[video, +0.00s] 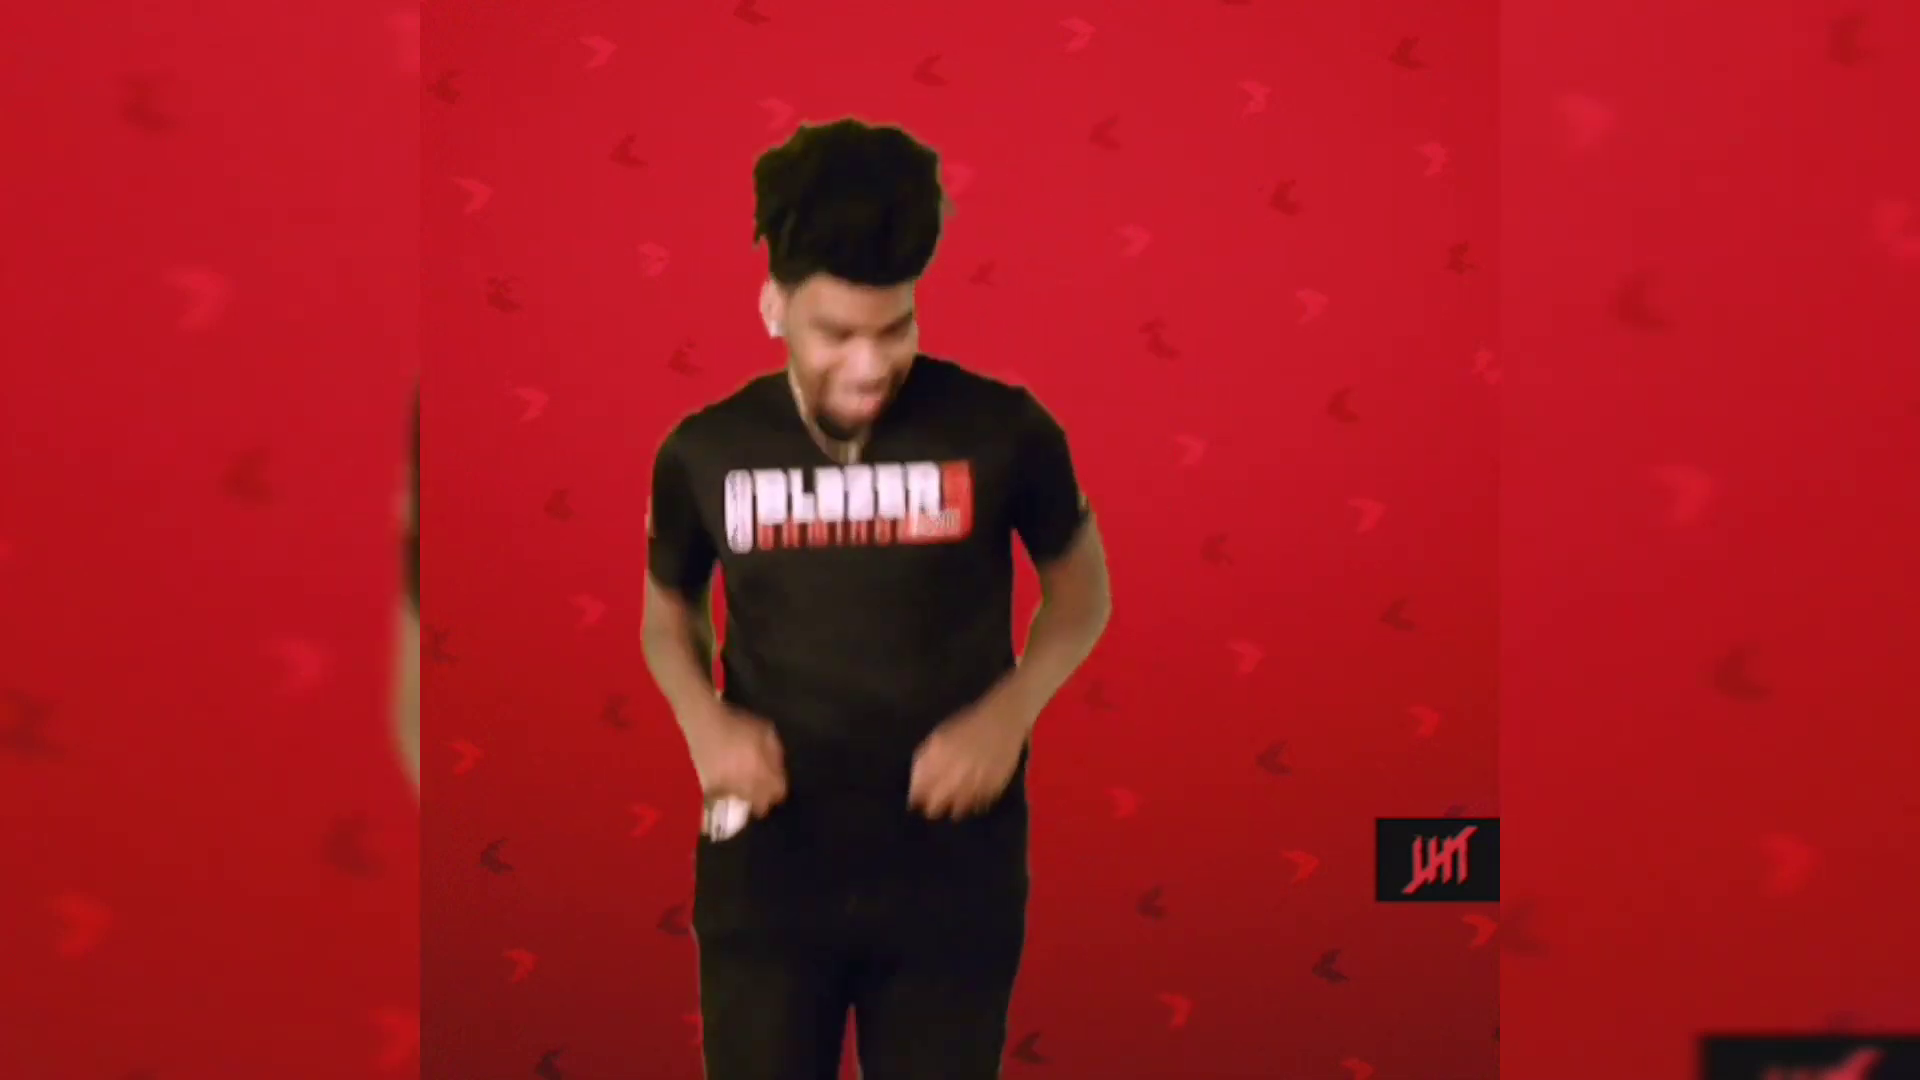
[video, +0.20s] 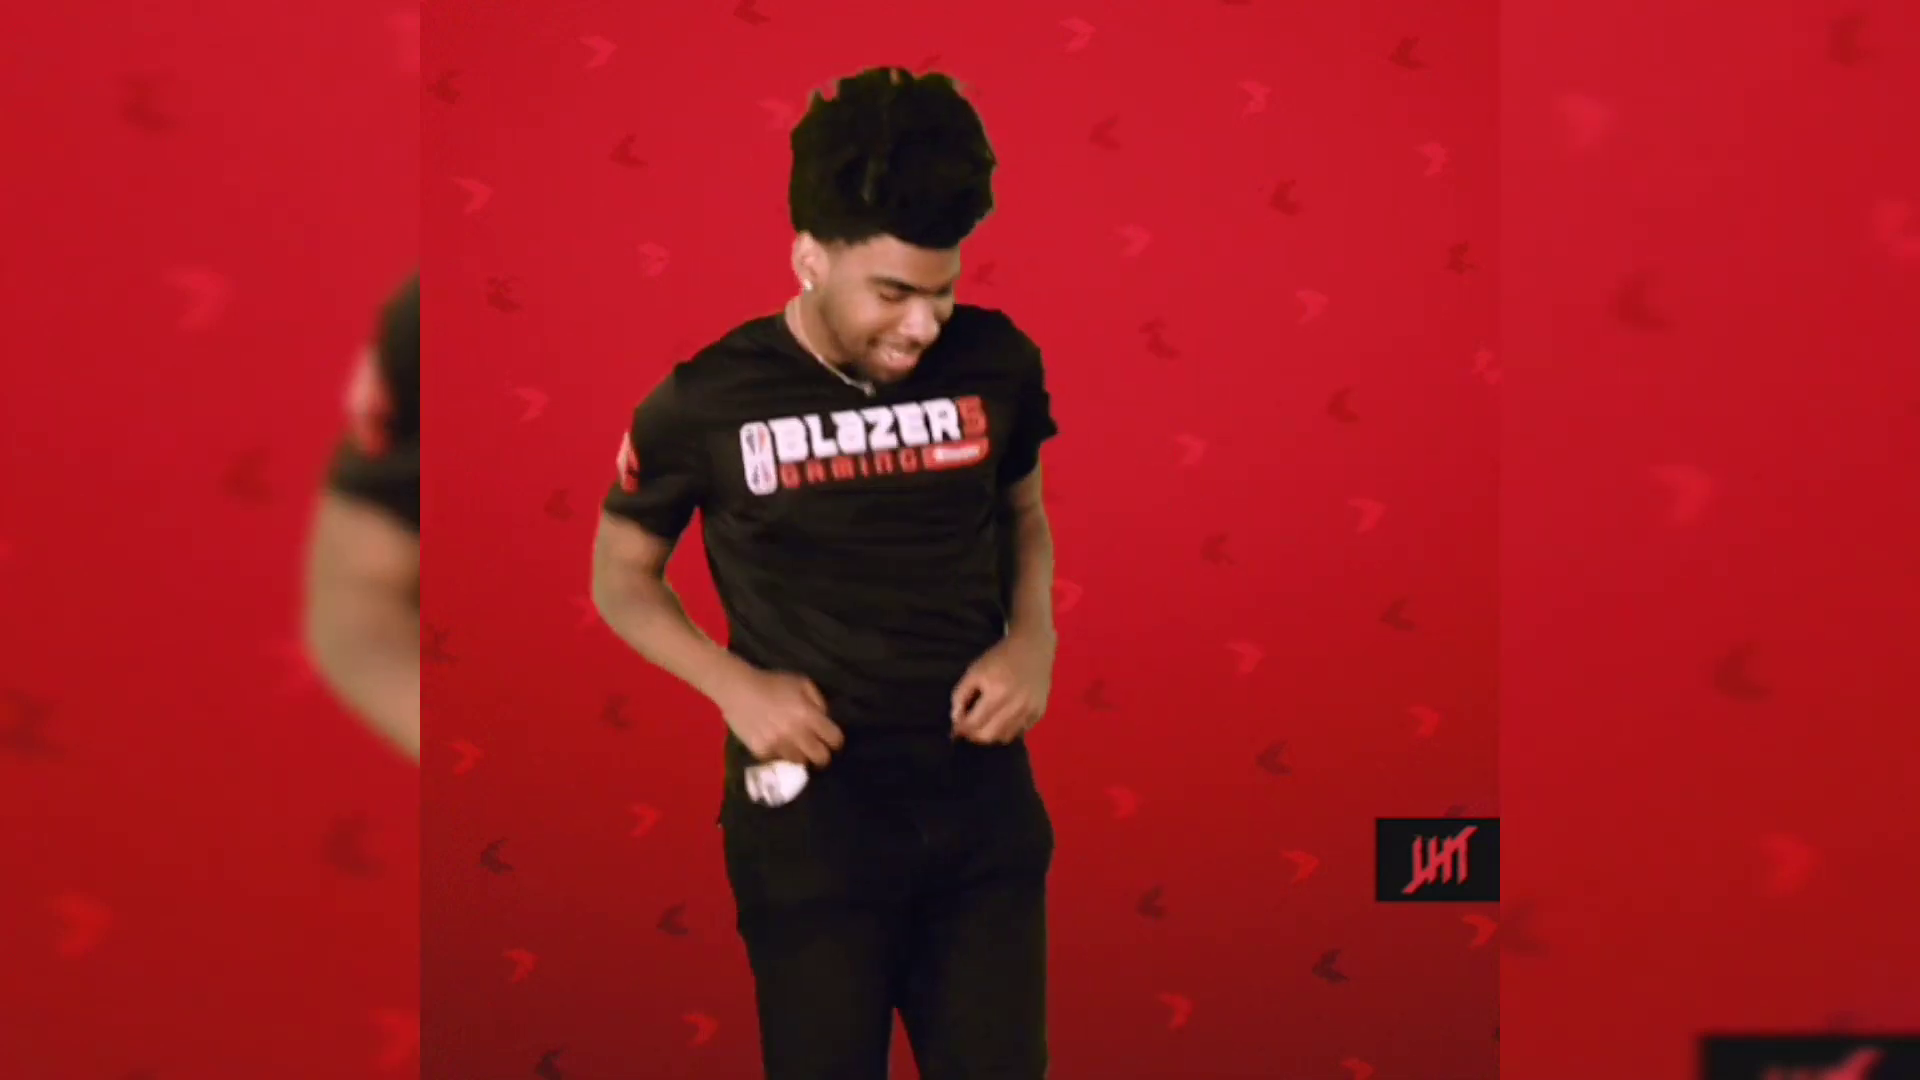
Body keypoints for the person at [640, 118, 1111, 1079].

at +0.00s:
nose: (868, 363)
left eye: (893, 329)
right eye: (836, 332)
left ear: (920, 302)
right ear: (773, 306)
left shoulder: (1003, 433)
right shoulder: (706, 457)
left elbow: (1081, 591)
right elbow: (670, 605)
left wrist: (1005, 716)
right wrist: (705, 720)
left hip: (951, 868)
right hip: (771, 868)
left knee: (942, 1064)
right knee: (760, 1064)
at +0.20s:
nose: (921, 322)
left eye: (942, 290)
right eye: (892, 291)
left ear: (963, 264)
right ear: (808, 261)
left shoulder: (994, 363)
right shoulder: (703, 404)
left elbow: (1024, 516)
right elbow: (619, 580)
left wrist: (1030, 644)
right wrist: (736, 687)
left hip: (977, 805)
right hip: (807, 822)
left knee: (999, 1062)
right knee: (824, 1063)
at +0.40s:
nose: (957, 358)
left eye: (974, 326)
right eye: (928, 326)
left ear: (993, 303)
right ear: (839, 299)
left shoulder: (1003, 409)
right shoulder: (731, 459)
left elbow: (1004, 544)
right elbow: (610, 638)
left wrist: (1047, 661)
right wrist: (774, 736)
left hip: (1007, 848)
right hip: (839, 868)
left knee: (1073, 1063)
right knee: (832, 1062)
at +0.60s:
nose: (977, 332)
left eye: (1001, 300)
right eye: (948, 298)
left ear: (1023, 271)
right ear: (871, 261)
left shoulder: (1046, 375)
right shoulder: (757, 408)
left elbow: (1060, 514)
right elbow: (652, 573)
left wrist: (1072, 635)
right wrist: (776, 687)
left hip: (1039, 795)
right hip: (861, 815)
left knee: (1076, 1063)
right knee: (892, 1066)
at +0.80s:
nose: (939, 404)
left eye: (973, 371)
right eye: (910, 368)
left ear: (1015, 335)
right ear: (870, 332)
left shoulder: (1086, 472)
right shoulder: (786, 483)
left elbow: (1115, 631)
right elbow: (700, 679)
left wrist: (1093, 747)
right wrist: (786, 824)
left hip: (1049, 890)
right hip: (871, 901)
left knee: (1065, 1063)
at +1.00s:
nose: (902, 383)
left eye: (937, 351)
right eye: (875, 345)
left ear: (985, 318)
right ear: (843, 310)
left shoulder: (1075, 446)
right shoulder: (779, 468)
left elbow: (1140, 587)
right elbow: (738, 673)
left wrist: (1103, 732)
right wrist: (805, 812)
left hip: (1039, 848)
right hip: (865, 859)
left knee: (988, 1059)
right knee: (875, 1063)